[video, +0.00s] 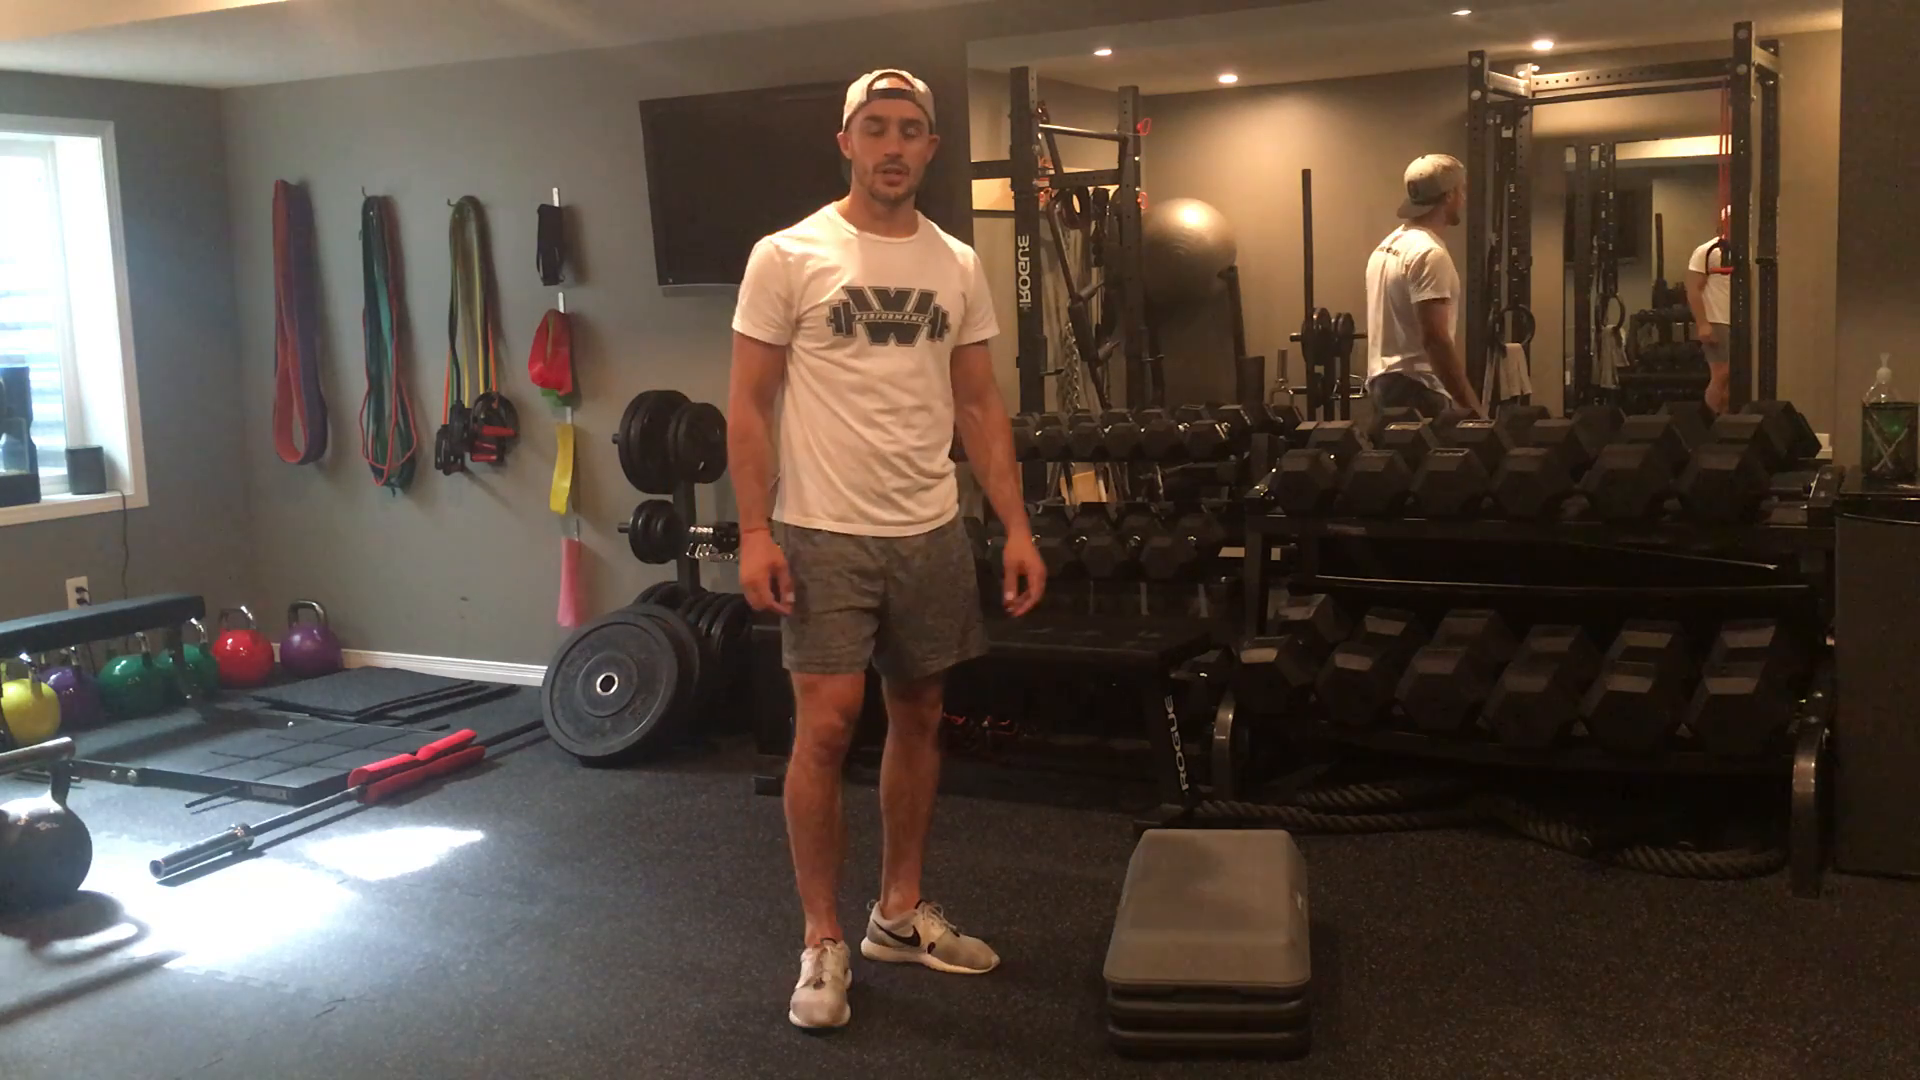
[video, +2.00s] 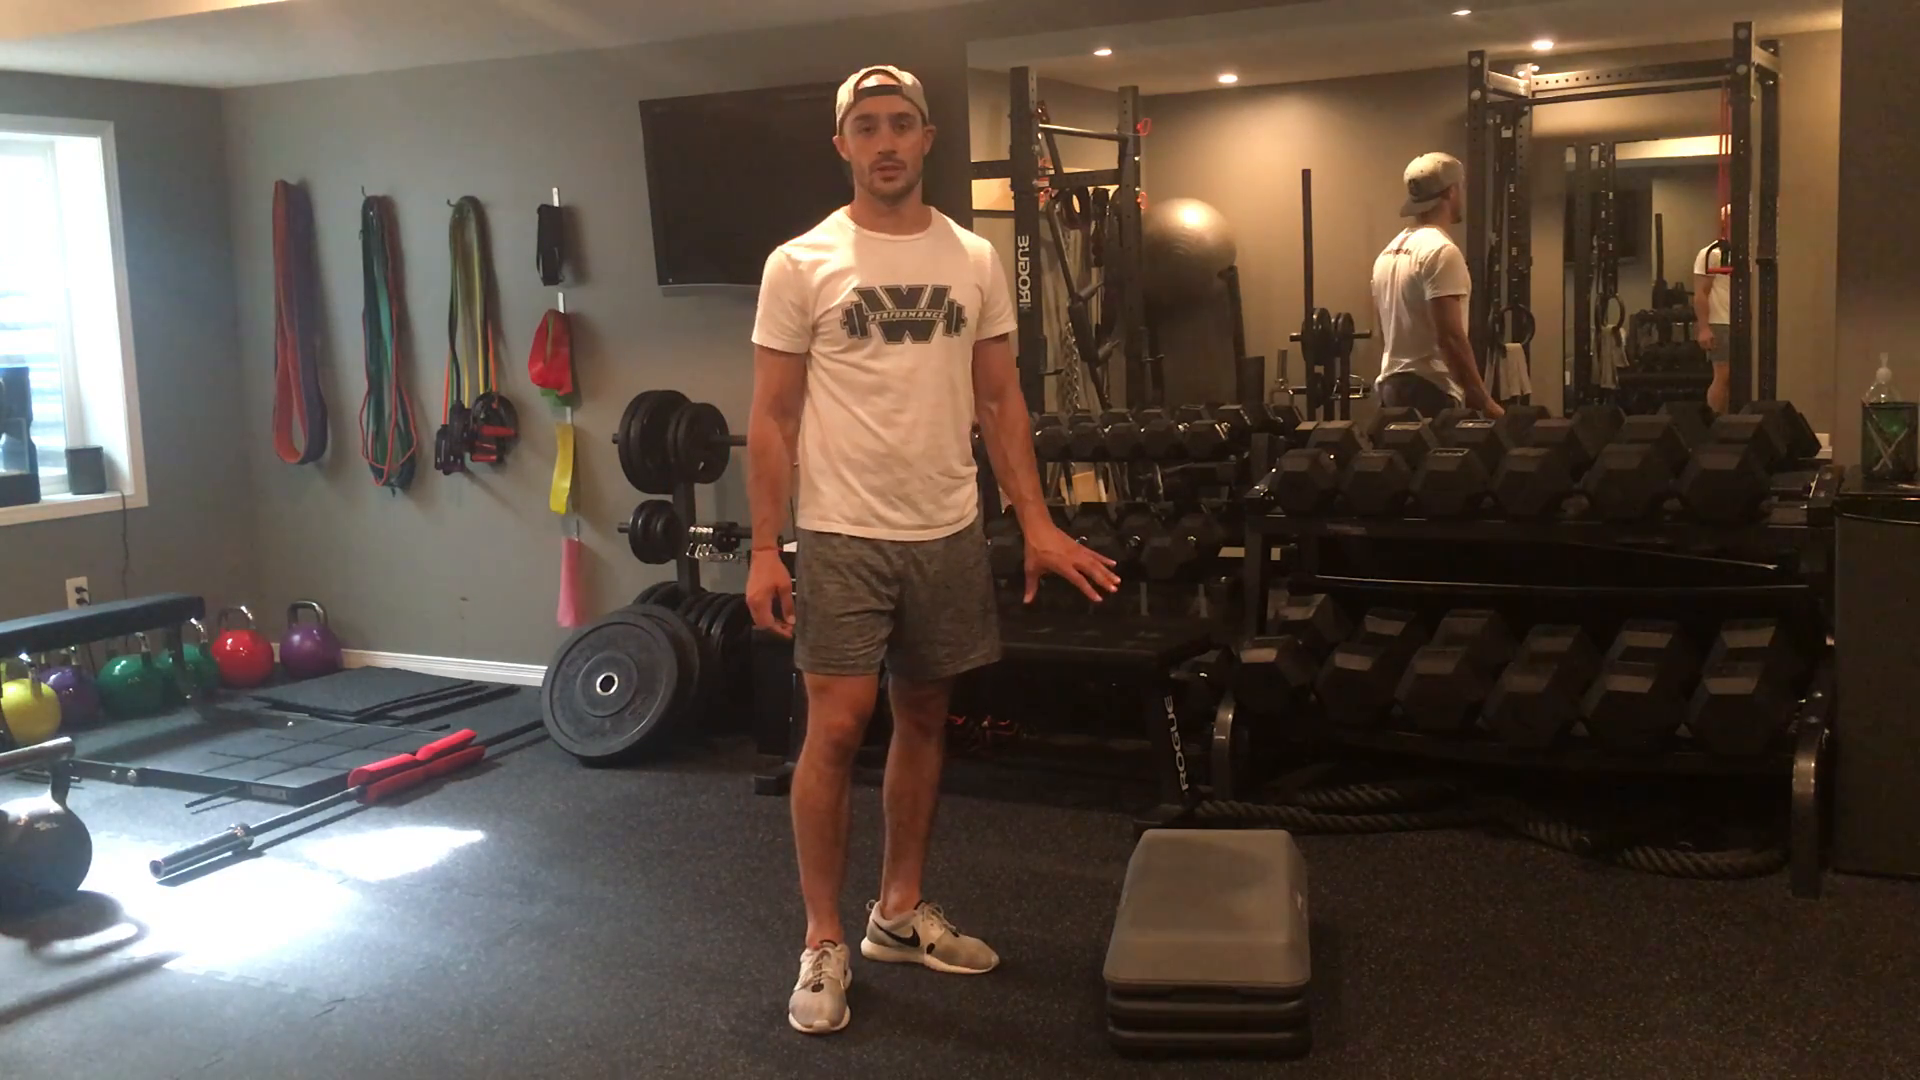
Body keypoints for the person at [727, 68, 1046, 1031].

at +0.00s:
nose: (893, 146)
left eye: (910, 131)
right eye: (876, 130)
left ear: (931, 146)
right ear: (845, 141)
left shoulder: (957, 265)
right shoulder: (789, 257)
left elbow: (980, 407)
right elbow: (747, 401)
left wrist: (1017, 526)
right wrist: (754, 531)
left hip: (932, 534)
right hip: (823, 534)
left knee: (920, 717)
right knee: (827, 727)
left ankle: (901, 909)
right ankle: (822, 943)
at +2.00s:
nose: (887, 144)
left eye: (902, 127)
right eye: (868, 129)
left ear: (929, 139)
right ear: (842, 145)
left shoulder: (974, 260)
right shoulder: (801, 265)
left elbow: (1000, 400)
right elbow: (774, 416)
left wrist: (1037, 523)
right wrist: (764, 549)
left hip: (948, 534)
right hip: (840, 536)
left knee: (923, 722)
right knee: (837, 729)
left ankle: (900, 909)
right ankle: (821, 941)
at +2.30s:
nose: (891, 146)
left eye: (906, 130)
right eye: (873, 130)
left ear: (930, 142)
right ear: (843, 142)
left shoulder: (969, 260)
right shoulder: (798, 264)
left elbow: (997, 400)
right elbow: (770, 415)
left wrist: (1034, 522)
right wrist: (761, 548)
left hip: (948, 534)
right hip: (842, 535)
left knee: (925, 721)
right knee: (838, 730)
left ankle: (900, 909)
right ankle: (823, 940)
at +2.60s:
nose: (898, 150)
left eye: (912, 133)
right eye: (879, 134)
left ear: (936, 145)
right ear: (849, 146)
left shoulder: (971, 264)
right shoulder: (799, 263)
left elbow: (991, 403)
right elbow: (769, 411)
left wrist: (1026, 528)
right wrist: (758, 544)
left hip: (944, 534)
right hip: (838, 536)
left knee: (923, 719)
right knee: (837, 727)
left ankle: (901, 910)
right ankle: (823, 942)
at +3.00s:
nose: (880, 152)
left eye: (894, 134)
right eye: (860, 136)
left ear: (916, 144)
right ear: (829, 148)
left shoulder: (941, 266)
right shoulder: (779, 263)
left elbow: (966, 406)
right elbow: (748, 416)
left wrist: (1006, 529)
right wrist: (744, 551)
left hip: (930, 533)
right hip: (829, 538)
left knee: (914, 721)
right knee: (836, 733)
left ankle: (899, 911)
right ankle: (787, 938)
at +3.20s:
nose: (891, 162)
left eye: (900, 145)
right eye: (873, 144)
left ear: (902, 148)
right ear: (817, 142)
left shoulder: (910, 255)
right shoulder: (751, 268)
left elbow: (940, 399)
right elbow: (732, 423)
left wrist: (983, 523)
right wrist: (744, 559)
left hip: (909, 534)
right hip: (810, 542)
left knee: (903, 721)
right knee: (820, 735)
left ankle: (899, 911)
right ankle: (786, 940)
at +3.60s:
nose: (911, 178)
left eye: (914, 159)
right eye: (898, 158)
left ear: (857, 156)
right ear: (840, 151)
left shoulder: (856, 254)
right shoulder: (763, 264)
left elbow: (866, 405)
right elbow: (718, 428)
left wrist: (916, 501)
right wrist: (763, 572)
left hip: (869, 540)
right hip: (789, 550)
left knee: (897, 709)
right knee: (777, 748)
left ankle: (899, 910)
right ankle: (778, 944)